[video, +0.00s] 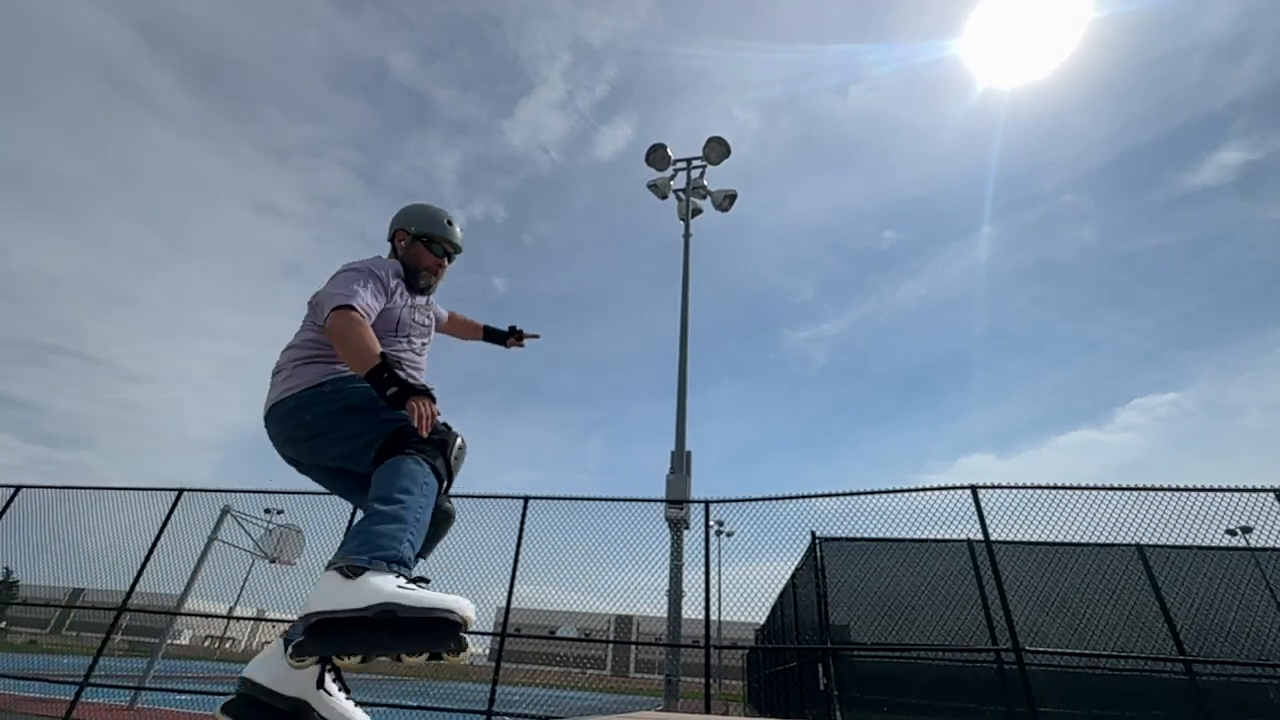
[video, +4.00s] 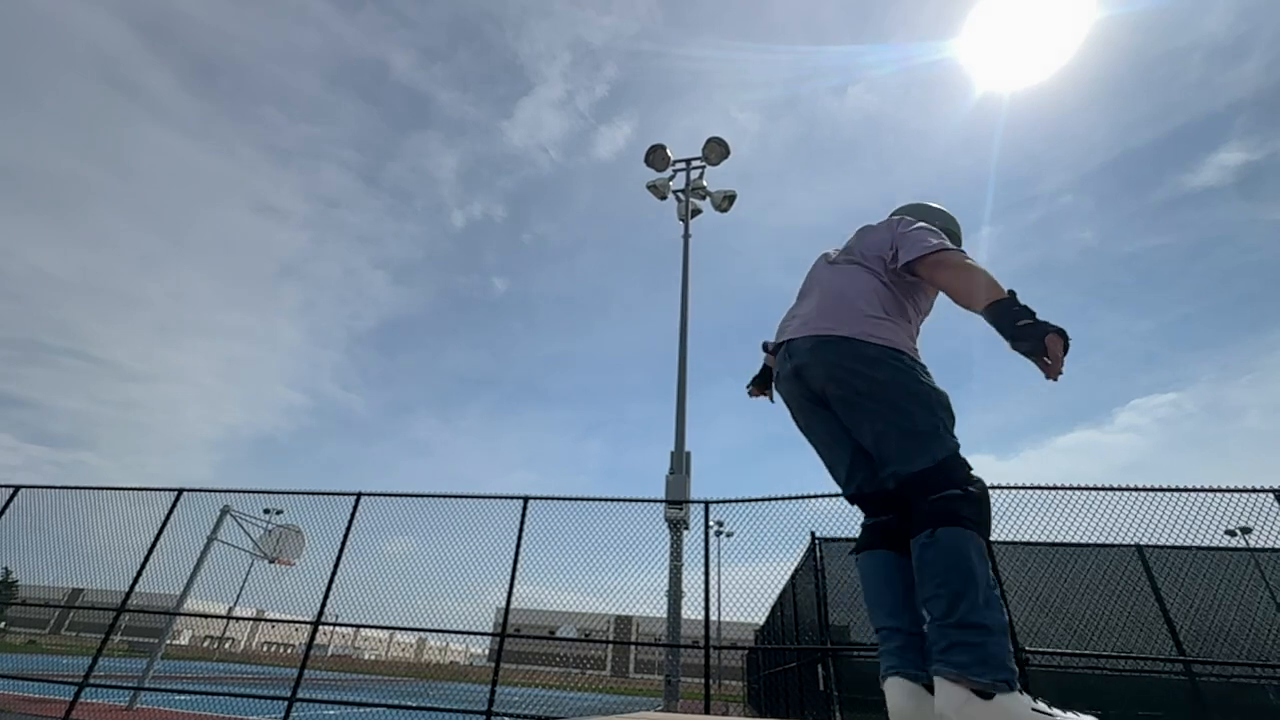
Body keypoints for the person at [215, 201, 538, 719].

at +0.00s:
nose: (442, 262)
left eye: (449, 256)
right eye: (434, 249)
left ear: (449, 260)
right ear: (402, 240)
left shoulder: (421, 305)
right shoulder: (368, 273)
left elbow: (449, 322)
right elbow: (344, 321)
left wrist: (496, 335)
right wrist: (397, 387)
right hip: (313, 392)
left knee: (429, 510)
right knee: (427, 440)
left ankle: (299, 658)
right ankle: (365, 567)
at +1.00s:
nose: (580, 231)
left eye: (585, 225)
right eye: (575, 216)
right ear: (544, 204)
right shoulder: (525, 232)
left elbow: (552, 237)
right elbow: (538, 287)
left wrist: (588, 237)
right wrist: (558, 358)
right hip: (467, 322)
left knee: (579, 433)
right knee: (600, 380)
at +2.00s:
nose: (708, 218)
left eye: (712, 210)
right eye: (704, 203)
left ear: (671, 190)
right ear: (674, 190)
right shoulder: (659, 215)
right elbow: (672, 267)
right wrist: (687, 331)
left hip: (545, 338)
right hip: (595, 298)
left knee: (676, 421)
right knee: (719, 372)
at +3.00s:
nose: (815, 229)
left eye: (819, 224)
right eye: (815, 216)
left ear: (778, 198)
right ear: (791, 198)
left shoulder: (726, 223)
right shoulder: (775, 214)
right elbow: (805, 261)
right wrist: (841, 326)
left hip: (659, 332)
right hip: (715, 303)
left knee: (765, 411)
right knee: (818, 393)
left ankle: (736, 461)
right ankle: (778, 448)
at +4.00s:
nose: (951, 254)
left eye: (954, 249)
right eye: (947, 244)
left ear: (896, 220)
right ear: (931, 227)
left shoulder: (836, 259)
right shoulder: (907, 227)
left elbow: (798, 317)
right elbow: (941, 264)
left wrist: (769, 366)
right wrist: (1018, 319)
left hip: (795, 368)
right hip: (860, 348)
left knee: (882, 508)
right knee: (948, 493)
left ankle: (904, 679)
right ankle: (975, 681)